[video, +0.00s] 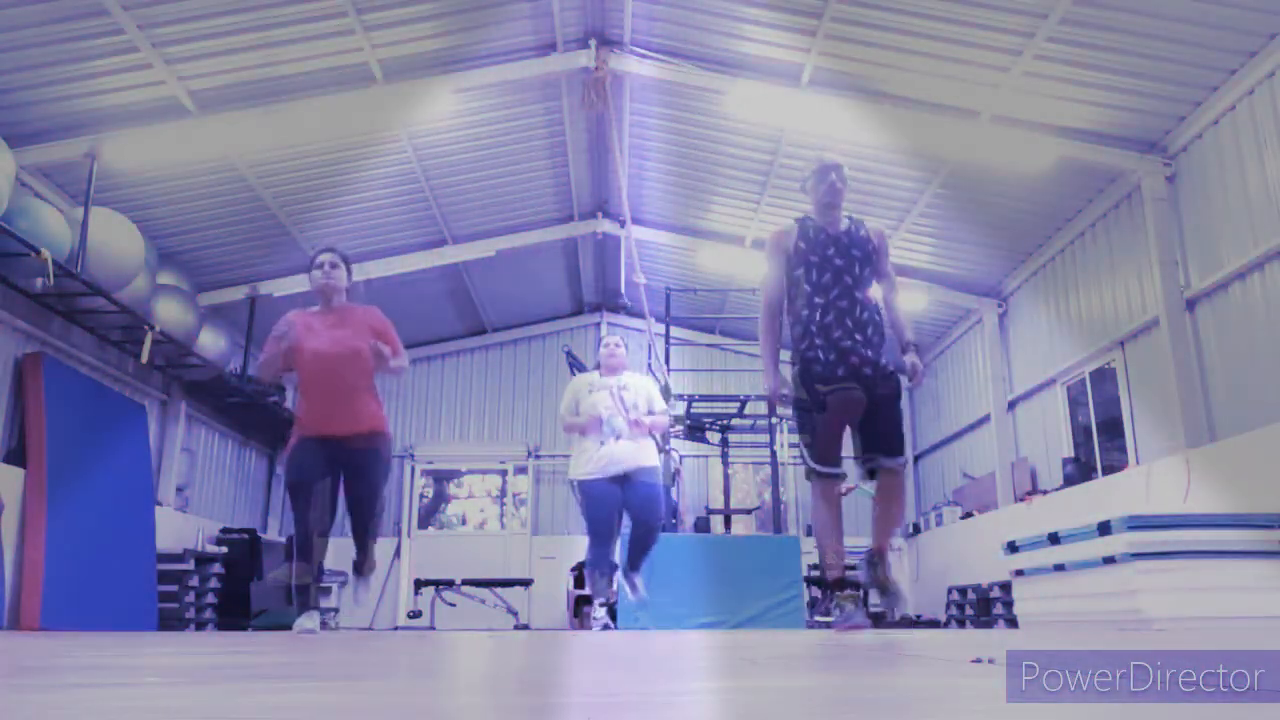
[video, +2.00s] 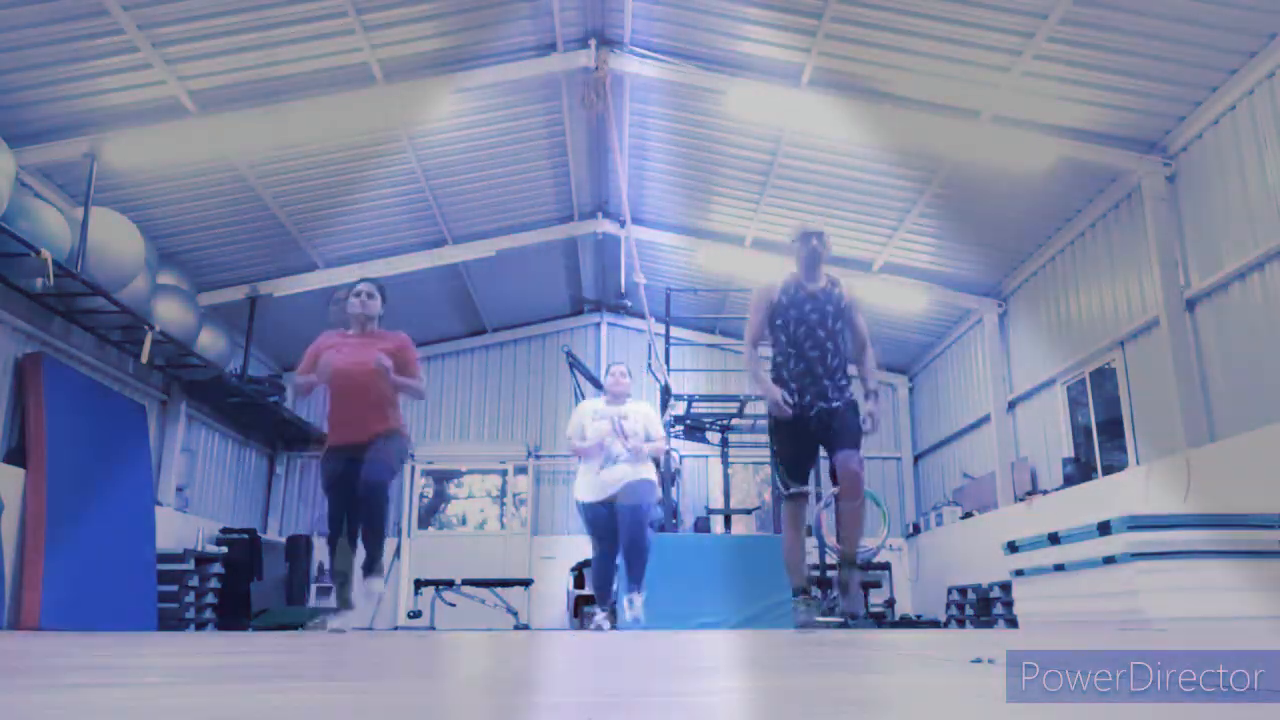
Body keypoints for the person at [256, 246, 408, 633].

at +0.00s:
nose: (326, 271)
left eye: (334, 266)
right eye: (319, 267)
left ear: (348, 277)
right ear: (309, 279)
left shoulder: (369, 316)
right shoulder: (296, 320)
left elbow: (402, 364)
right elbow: (264, 375)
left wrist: (387, 360)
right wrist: (276, 345)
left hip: (364, 431)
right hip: (313, 432)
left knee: (364, 510)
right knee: (301, 495)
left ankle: (364, 554)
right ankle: (306, 607)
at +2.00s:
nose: (362, 300)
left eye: (370, 296)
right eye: (356, 295)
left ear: (381, 306)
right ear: (346, 305)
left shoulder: (397, 341)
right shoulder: (327, 341)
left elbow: (420, 389)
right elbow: (296, 385)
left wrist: (391, 377)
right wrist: (316, 378)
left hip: (385, 436)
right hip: (341, 441)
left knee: (372, 482)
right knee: (339, 517)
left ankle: (373, 569)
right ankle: (343, 604)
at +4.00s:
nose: (350, 262)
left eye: (359, 257)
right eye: (345, 256)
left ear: (374, 268)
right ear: (336, 266)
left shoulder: (390, 310)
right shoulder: (321, 309)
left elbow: (413, 364)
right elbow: (314, 362)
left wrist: (372, 372)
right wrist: (298, 392)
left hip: (366, 420)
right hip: (320, 418)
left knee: (352, 510)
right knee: (295, 489)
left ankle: (352, 605)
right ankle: (320, 561)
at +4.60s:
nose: (317, 250)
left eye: (326, 244)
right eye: (311, 244)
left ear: (341, 256)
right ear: (301, 255)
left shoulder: (361, 303)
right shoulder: (281, 308)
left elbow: (388, 363)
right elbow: (262, 366)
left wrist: (383, 419)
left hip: (347, 427)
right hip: (294, 431)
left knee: (341, 501)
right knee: (291, 527)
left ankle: (349, 559)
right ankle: (298, 612)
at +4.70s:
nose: (320, 233)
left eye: (328, 227)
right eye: (312, 227)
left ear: (342, 238)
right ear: (301, 237)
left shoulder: (363, 287)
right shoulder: (280, 283)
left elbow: (389, 348)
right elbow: (254, 343)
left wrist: (390, 398)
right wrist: (268, 312)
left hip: (344, 392)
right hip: (294, 401)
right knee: (292, 509)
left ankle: (339, 531)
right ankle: (296, 606)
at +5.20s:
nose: (321, 216)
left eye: (331, 212)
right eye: (314, 210)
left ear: (346, 228)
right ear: (302, 223)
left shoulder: (361, 276)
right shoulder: (275, 271)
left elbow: (385, 338)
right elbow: (249, 329)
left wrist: (377, 371)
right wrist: (274, 335)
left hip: (337, 386)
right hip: (281, 389)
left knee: (311, 467)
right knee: (281, 485)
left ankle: (301, 586)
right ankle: (302, 581)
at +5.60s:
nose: (317, 208)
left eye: (328, 202)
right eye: (310, 201)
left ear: (346, 217)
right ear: (301, 213)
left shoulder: (363, 265)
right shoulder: (282, 265)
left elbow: (396, 326)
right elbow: (268, 327)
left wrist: (355, 340)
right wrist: (244, 365)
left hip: (339, 396)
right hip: (286, 392)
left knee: (322, 491)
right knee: (253, 440)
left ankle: (308, 603)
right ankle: (276, 535)